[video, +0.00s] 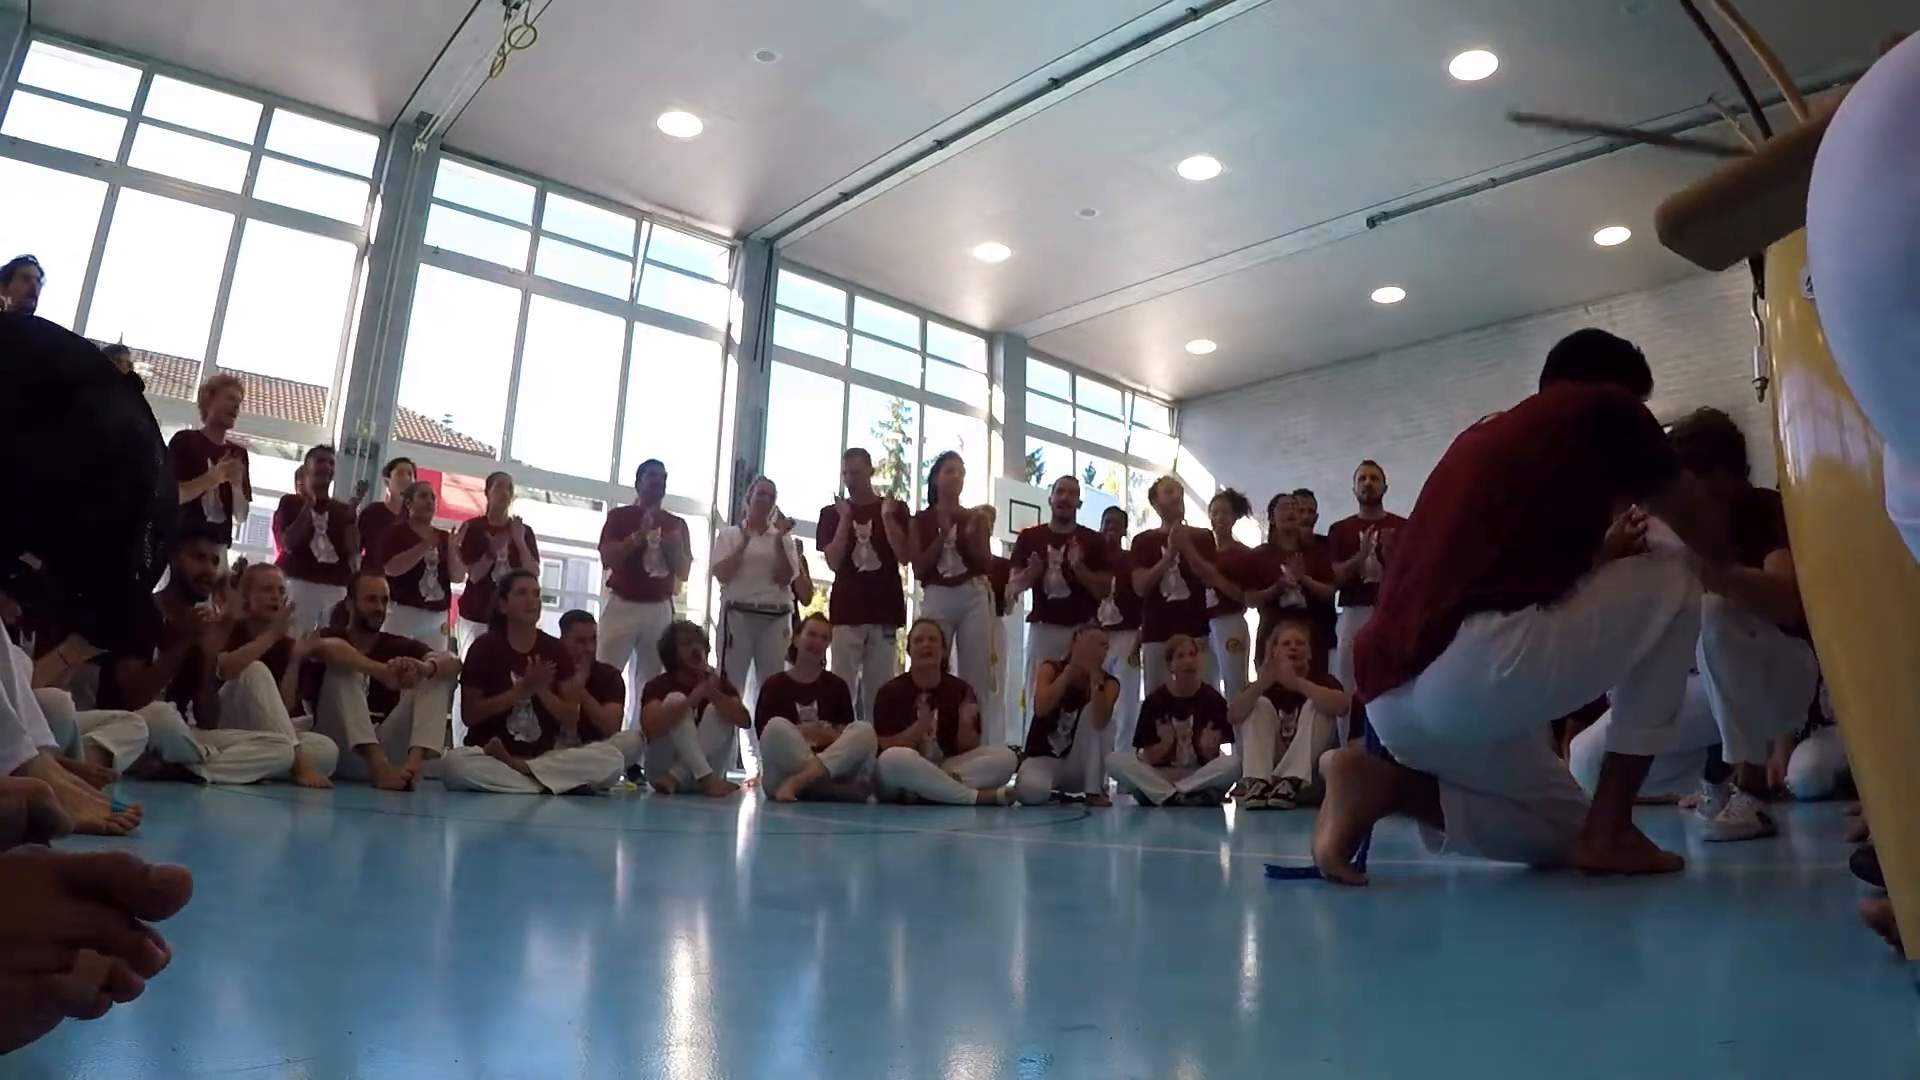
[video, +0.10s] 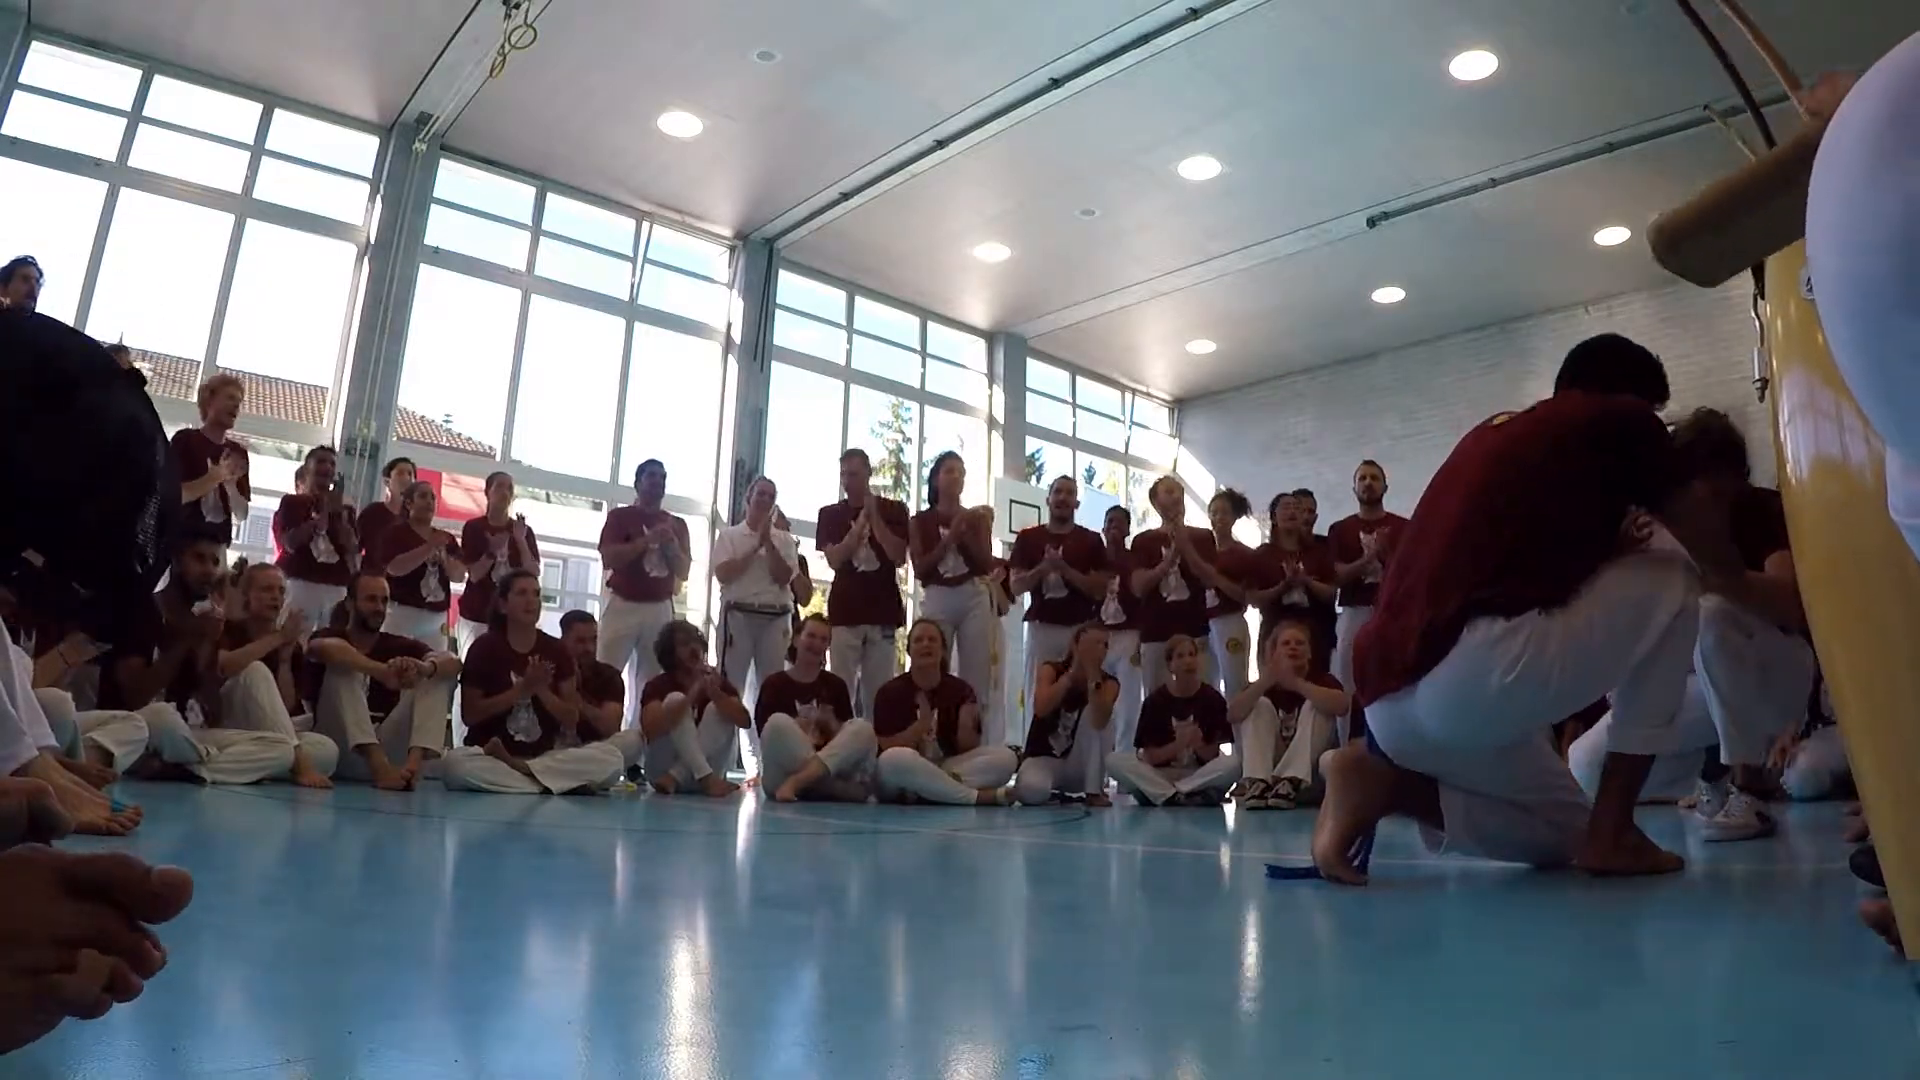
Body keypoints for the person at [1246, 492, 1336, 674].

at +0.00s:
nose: (1290, 512)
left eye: (1294, 507)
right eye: (1283, 507)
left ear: (1300, 514)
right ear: (1271, 517)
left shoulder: (1317, 552)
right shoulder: (1259, 554)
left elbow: (1329, 593)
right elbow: (1249, 599)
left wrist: (1304, 579)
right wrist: (1278, 586)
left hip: (1313, 630)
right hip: (1273, 631)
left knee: (1314, 691)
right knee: (1276, 691)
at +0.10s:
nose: (1292, 511)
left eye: (1296, 507)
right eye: (1285, 507)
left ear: (1303, 514)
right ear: (1274, 517)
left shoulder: (1317, 551)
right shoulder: (1262, 554)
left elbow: (1330, 594)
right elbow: (1252, 597)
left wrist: (1307, 581)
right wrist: (1283, 586)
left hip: (1315, 629)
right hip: (1275, 630)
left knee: (1315, 690)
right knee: (1276, 690)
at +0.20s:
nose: (1293, 511)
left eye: (1297, 507)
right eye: (1286, 507)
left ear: (1304, 515)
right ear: (1275, 516)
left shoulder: (1321, 551)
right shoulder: (1264, 553)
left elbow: (1334, 594)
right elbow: (1252, 598)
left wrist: (1307, 583)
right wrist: (1281, 589)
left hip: (1316, 630)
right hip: (1275, 630)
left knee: (1316, 692)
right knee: (1277, 692)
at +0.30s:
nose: (1293, 509)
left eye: (1297, 505)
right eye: (1286, 505)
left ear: (1305, 513)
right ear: (1276, 517)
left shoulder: (1322, 548)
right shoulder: (1265, 552)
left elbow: (1335, 591)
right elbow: (1254, 598)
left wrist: (1311, 572)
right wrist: (1271, 592)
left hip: (1317, 622)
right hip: (1277, 623)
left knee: (1317, 685)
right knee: (1278, 686)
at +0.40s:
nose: (1292, 509)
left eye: (1297, 505)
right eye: (1286, 505)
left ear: (1303, 513)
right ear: (1275, 516)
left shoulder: (1321, 550)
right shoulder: (1265, 553)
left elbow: (1333, 591)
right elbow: (1255, 598)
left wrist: (1308, 579)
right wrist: (1277, 586)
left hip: (1317, 624)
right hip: (1277, 625)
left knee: (1317, 685)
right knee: (1278, 686)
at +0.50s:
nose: (1291, 509)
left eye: (1296, 506)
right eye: (1284, 505)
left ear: (1304, 515)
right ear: (1274, 517)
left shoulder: (1321, 550)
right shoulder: (1263, 554)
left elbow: (1332, 592)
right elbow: (1254, 600)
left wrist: (1302, 580)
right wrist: (1280, 584)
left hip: (1316, 628)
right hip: (1275, 630)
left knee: (1316, 688)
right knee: (1277, 689)